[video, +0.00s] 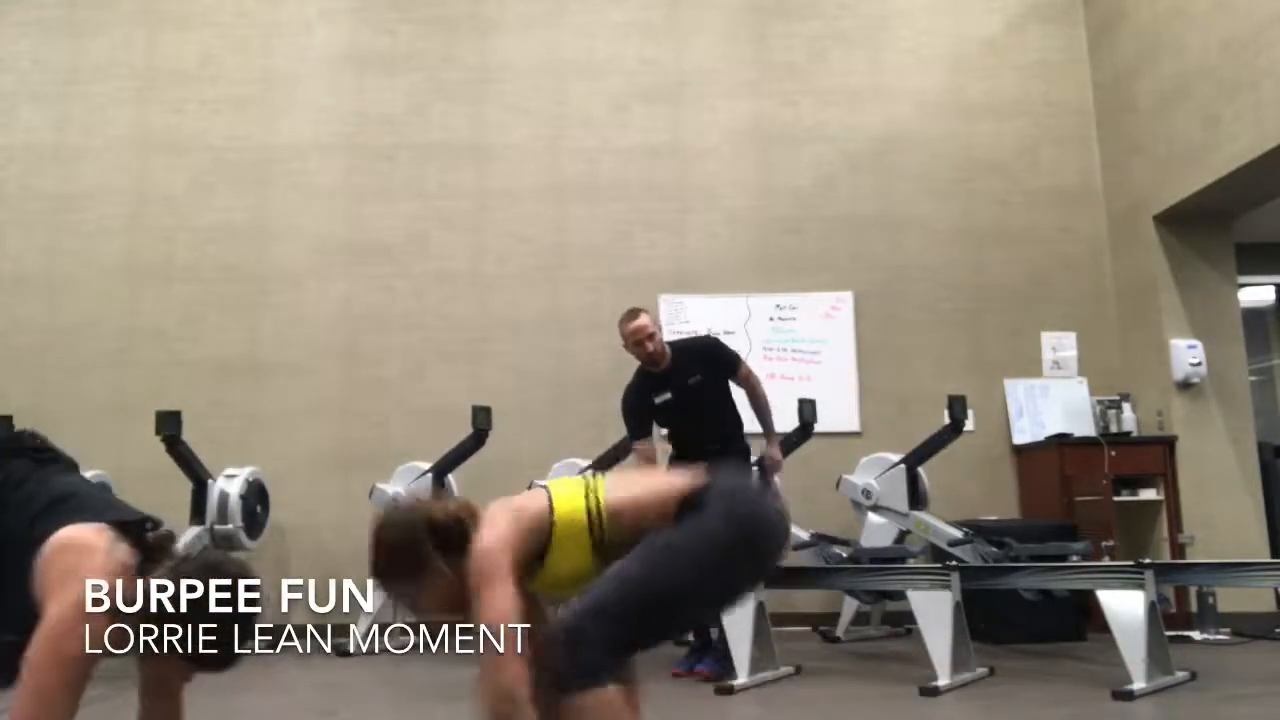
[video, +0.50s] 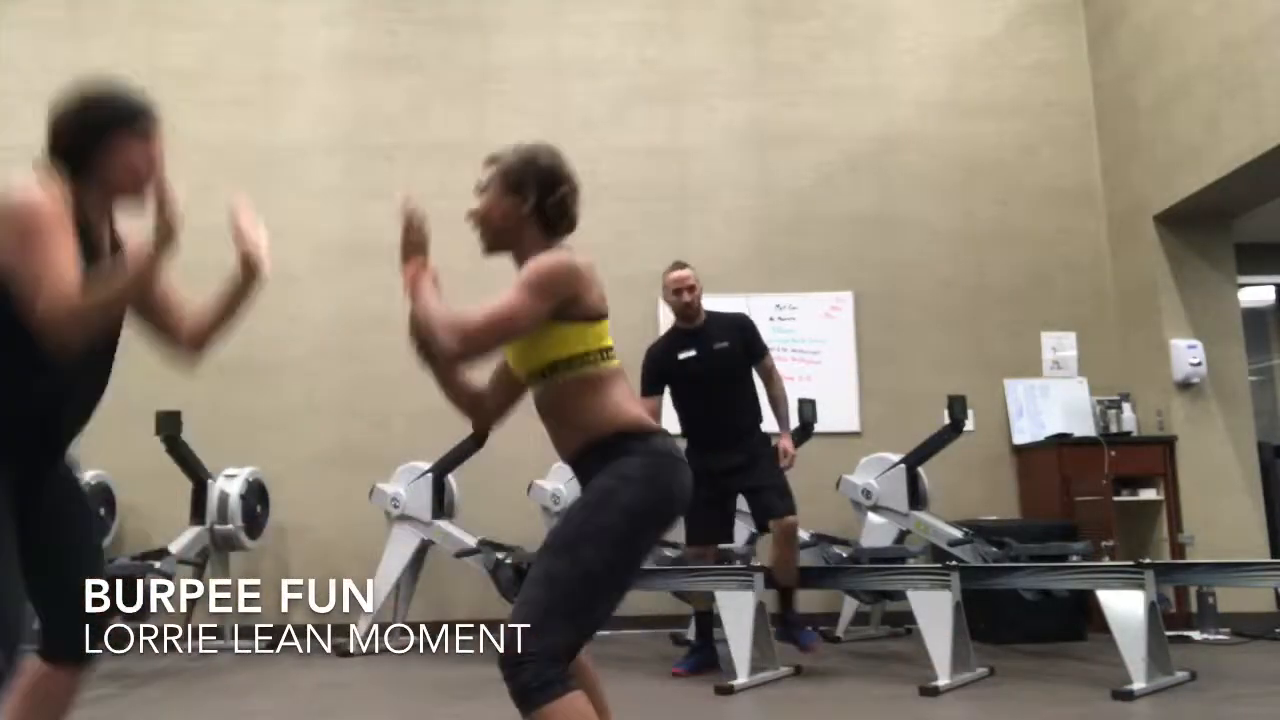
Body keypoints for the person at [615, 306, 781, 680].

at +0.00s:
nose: (648, 347)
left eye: (650, 336)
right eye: (638, 344)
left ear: (659, 329)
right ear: (628, 349)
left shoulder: (705, 351)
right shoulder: (636, 396)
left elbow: (750, 382)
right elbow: (645, 457)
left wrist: (771, 441)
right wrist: (650, 507)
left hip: (731, 461)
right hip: (686, 470)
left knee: (723, 552)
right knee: (687, 554)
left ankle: (725, 647)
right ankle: (700, 643)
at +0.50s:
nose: (687, 297)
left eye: (691, 288)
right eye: (678, 292)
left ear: (701, 290)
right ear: (666, 299)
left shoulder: (737, 327)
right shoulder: (659, 354)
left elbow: (771, 378)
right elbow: (650, 419)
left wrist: (785, 432)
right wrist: (656, 472)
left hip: (752, 450)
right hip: (703, 458)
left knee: (785, 523)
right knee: (700, 551)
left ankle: (787, 620)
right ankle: (703, 643)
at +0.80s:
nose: (749, 289)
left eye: (756, 281)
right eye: (742, 282)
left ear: (770, 283)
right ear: (732, 287)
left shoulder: (803, 331)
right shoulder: (720, 341)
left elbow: (834, 388)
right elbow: (706, 409)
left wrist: (845, 452)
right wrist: (704, 474)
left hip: (799, 458)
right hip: (748, 460)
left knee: (819, 550)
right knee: (730, 553)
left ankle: (843, 652)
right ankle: (710, 644)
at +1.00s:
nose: (771, 276)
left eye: (779, 268)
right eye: (764, 269)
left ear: (799, 272)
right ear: (758, 275)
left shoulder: (831, 320)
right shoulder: (747, 327)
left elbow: (868, 379)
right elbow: (741, 395)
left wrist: (876, 445)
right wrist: (752, 454)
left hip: (823, 448)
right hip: (773, 450)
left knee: (833, 548)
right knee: (762, 542)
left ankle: (844, 652)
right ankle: (778, 642)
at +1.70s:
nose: (716, 274)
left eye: (723, 265)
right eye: (712, 269)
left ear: (750, 266)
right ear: (711, 278)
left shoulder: (793, 311)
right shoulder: (720, 335)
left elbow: (831, 373)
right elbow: (718, 406)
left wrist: (827, 440)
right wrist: (719, 467)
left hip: (810, 450)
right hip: (760, 453)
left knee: (829, 553)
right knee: (738, 551)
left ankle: (844, 654)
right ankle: (722, 656)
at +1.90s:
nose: (660, 269)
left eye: (669, 261)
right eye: (658, 263)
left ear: (697, 264)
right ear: (661, 273)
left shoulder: (737, 306)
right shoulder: (668, 332)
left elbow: (777, 369)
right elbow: (667, 398)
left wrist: (781, 438)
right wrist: (663, 451)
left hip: (757, 451)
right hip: (708, 458)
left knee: (793, 553)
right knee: (703, 558)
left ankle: (833, 635)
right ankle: (700, 663)